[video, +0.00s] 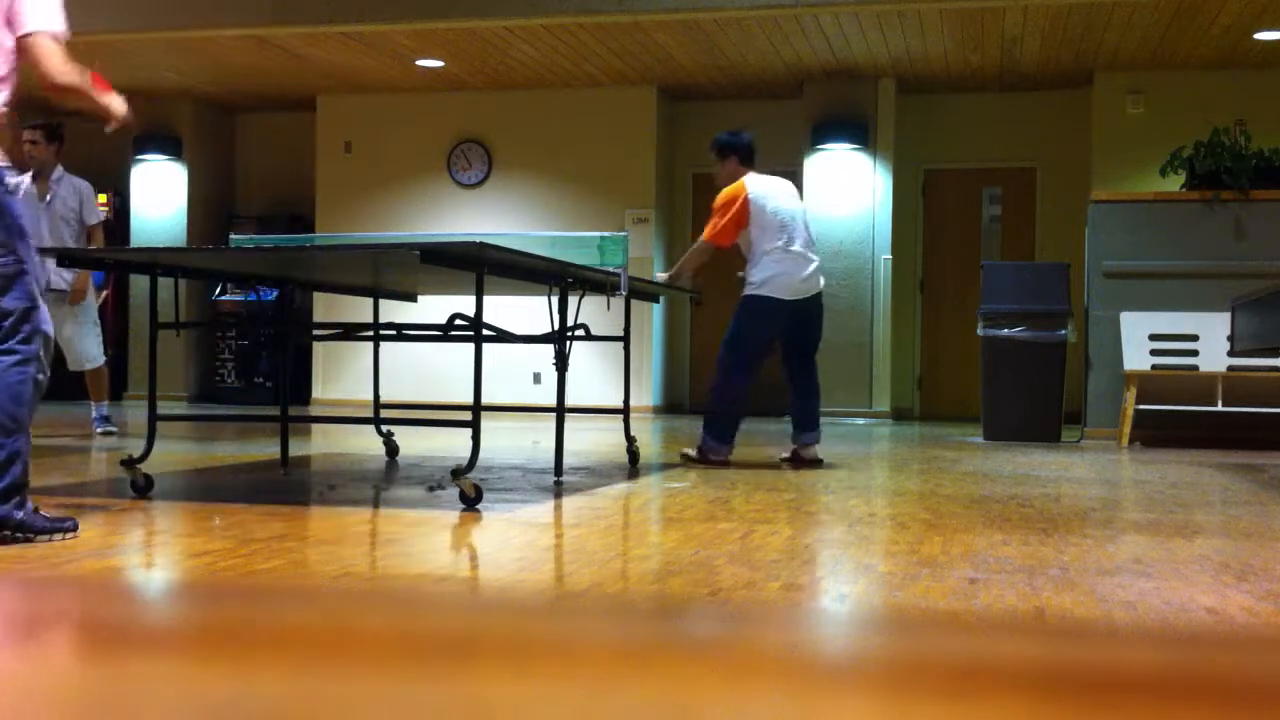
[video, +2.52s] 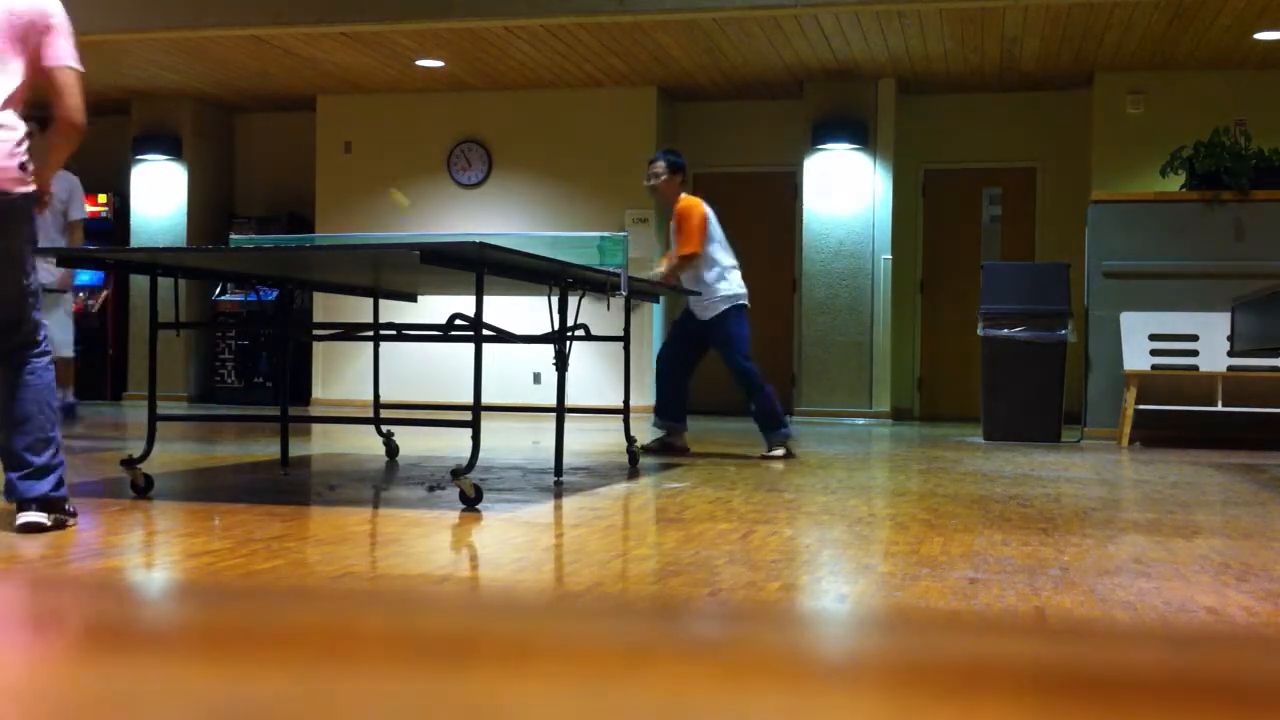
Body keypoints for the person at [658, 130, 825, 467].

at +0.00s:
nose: (716, 173)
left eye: (718, 165)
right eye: (715, 166)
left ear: (734, 162)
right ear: (749, 161)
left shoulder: (736, 192)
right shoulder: (785, 186)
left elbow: (708, 245)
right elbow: (789, 240)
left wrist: (673, 274)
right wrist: (755, 269)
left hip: (768, 291)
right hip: (808, 292)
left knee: (734, 362)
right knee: (801, 364)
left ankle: (715, 447)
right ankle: (807, 447)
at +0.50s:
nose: (679, 165)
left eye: (682, 158)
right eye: (679, 158)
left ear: (698, 159)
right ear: (715, 160)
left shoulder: (696, 194)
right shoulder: (749, 182)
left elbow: (670, 250)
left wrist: (638, 260)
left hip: (730, 290)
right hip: (773, 287)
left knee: (702, 369)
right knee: (781, 366)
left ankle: (713, 448)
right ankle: (799, 446)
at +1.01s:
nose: (727, 149)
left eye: (734, 144)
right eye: (731, 142)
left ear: (747, 152)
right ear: (765, 156)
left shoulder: (723, 182)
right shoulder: (789, 195)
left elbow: (692, 214)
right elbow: (797, 249)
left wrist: (655, 219)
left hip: (725, 290)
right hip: (772, 293)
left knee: (705, 367)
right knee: (778, 365)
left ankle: (712, 447)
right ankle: (792, 446)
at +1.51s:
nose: (680, 178)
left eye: (686, 170)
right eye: (681, 170)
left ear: (708, 172)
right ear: (712, 173)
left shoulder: (717, 202)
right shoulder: (752, 193)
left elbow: (735, 255)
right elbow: (791, 211)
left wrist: (718, 295)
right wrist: (760, 237)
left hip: (748, 300)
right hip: (781, 300)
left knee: (712, 369)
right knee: (776, 370)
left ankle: (735, 443)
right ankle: (791, 441)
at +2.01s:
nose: (681, 169)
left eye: (689, 162)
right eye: (679, 162)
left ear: (708, 167)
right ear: (677, 168)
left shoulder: (726, 205)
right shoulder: (684, 210)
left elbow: (742, 255)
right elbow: (680, 251)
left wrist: (702, 279)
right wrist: (662, 262)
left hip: (726, 299)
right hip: (695, 301)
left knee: (717, 360)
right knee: (676, 363)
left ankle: (732, 445)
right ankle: (679, 437)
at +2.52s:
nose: (651, 183)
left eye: (656, 176)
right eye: (649, 177)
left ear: (677, 177)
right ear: (662, 181)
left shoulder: (689, 206)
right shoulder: (678, 213)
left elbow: (687, 254)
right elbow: (681, 256)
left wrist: (665, 272)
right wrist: (667, 271)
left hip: (725, 302)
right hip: (700, 305)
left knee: (740, 366)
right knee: (670, 362)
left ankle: (778, 439)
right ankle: (674, 436)